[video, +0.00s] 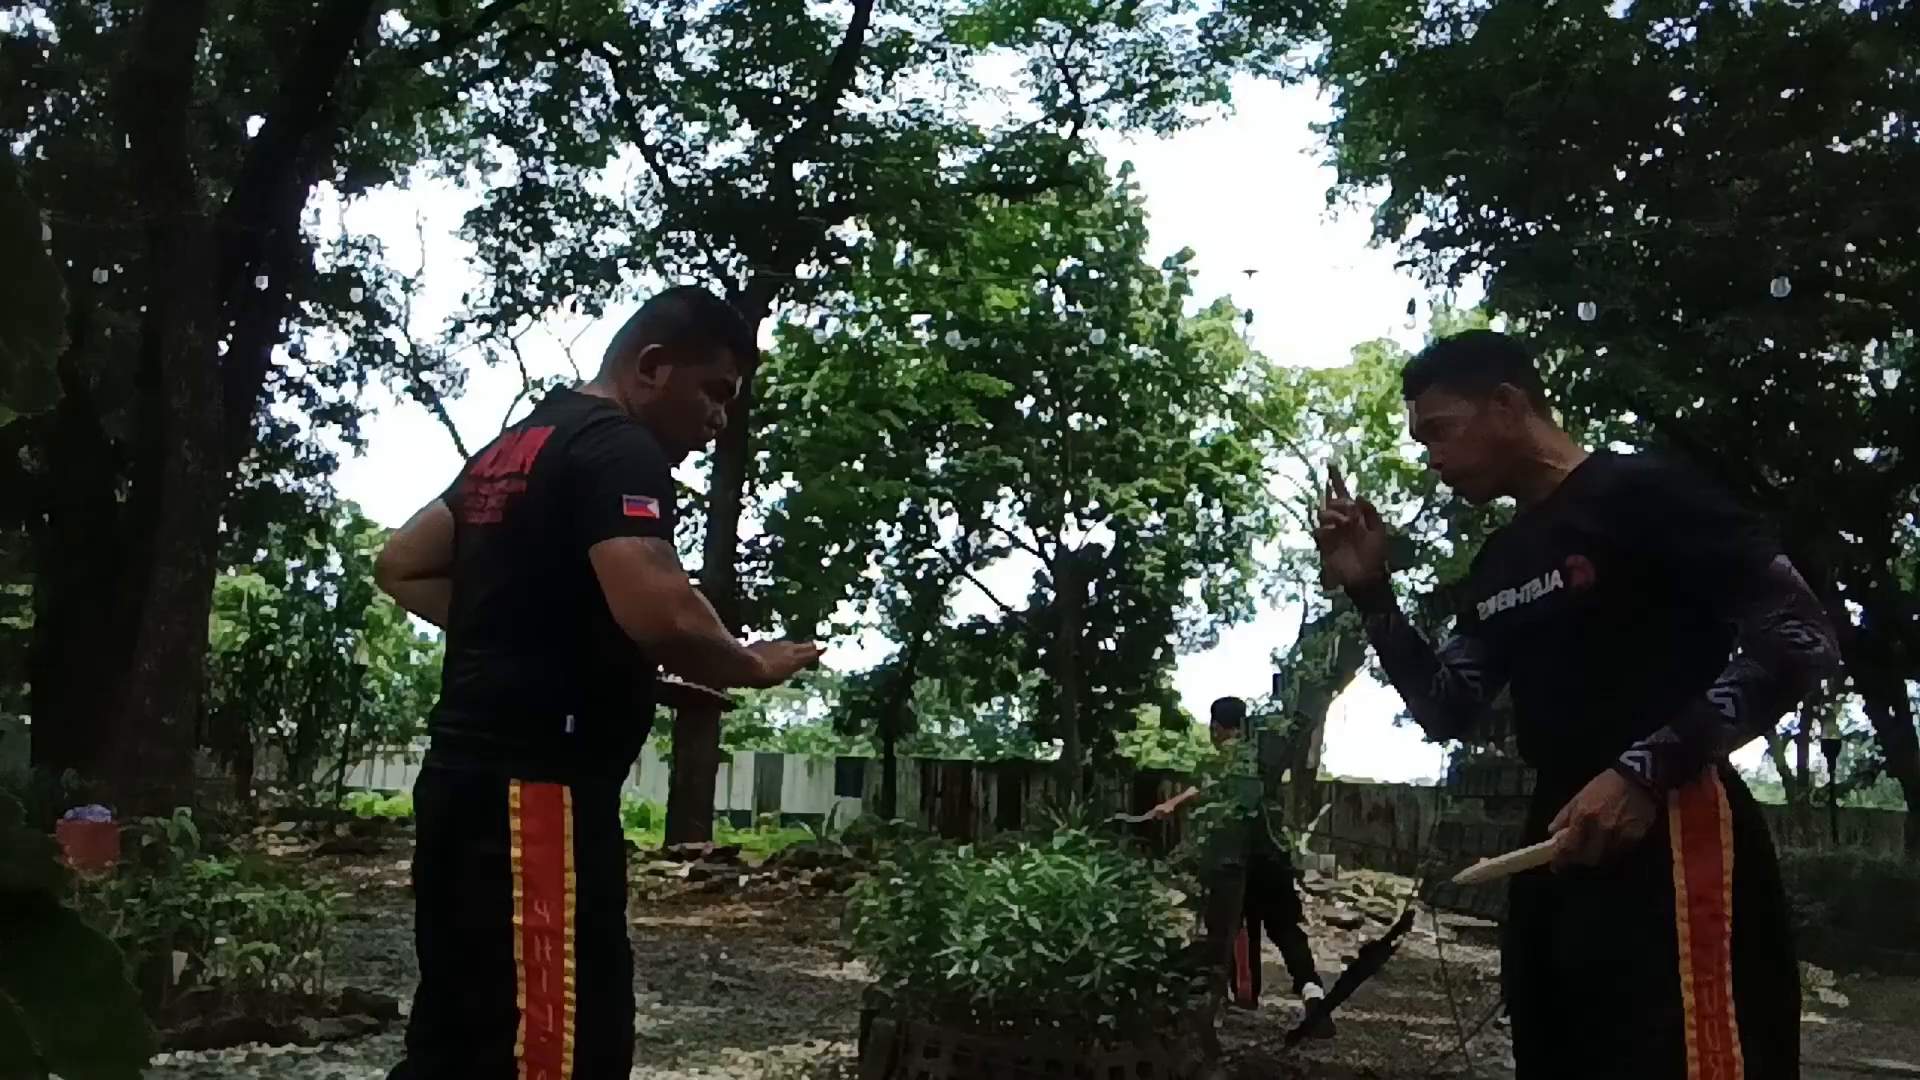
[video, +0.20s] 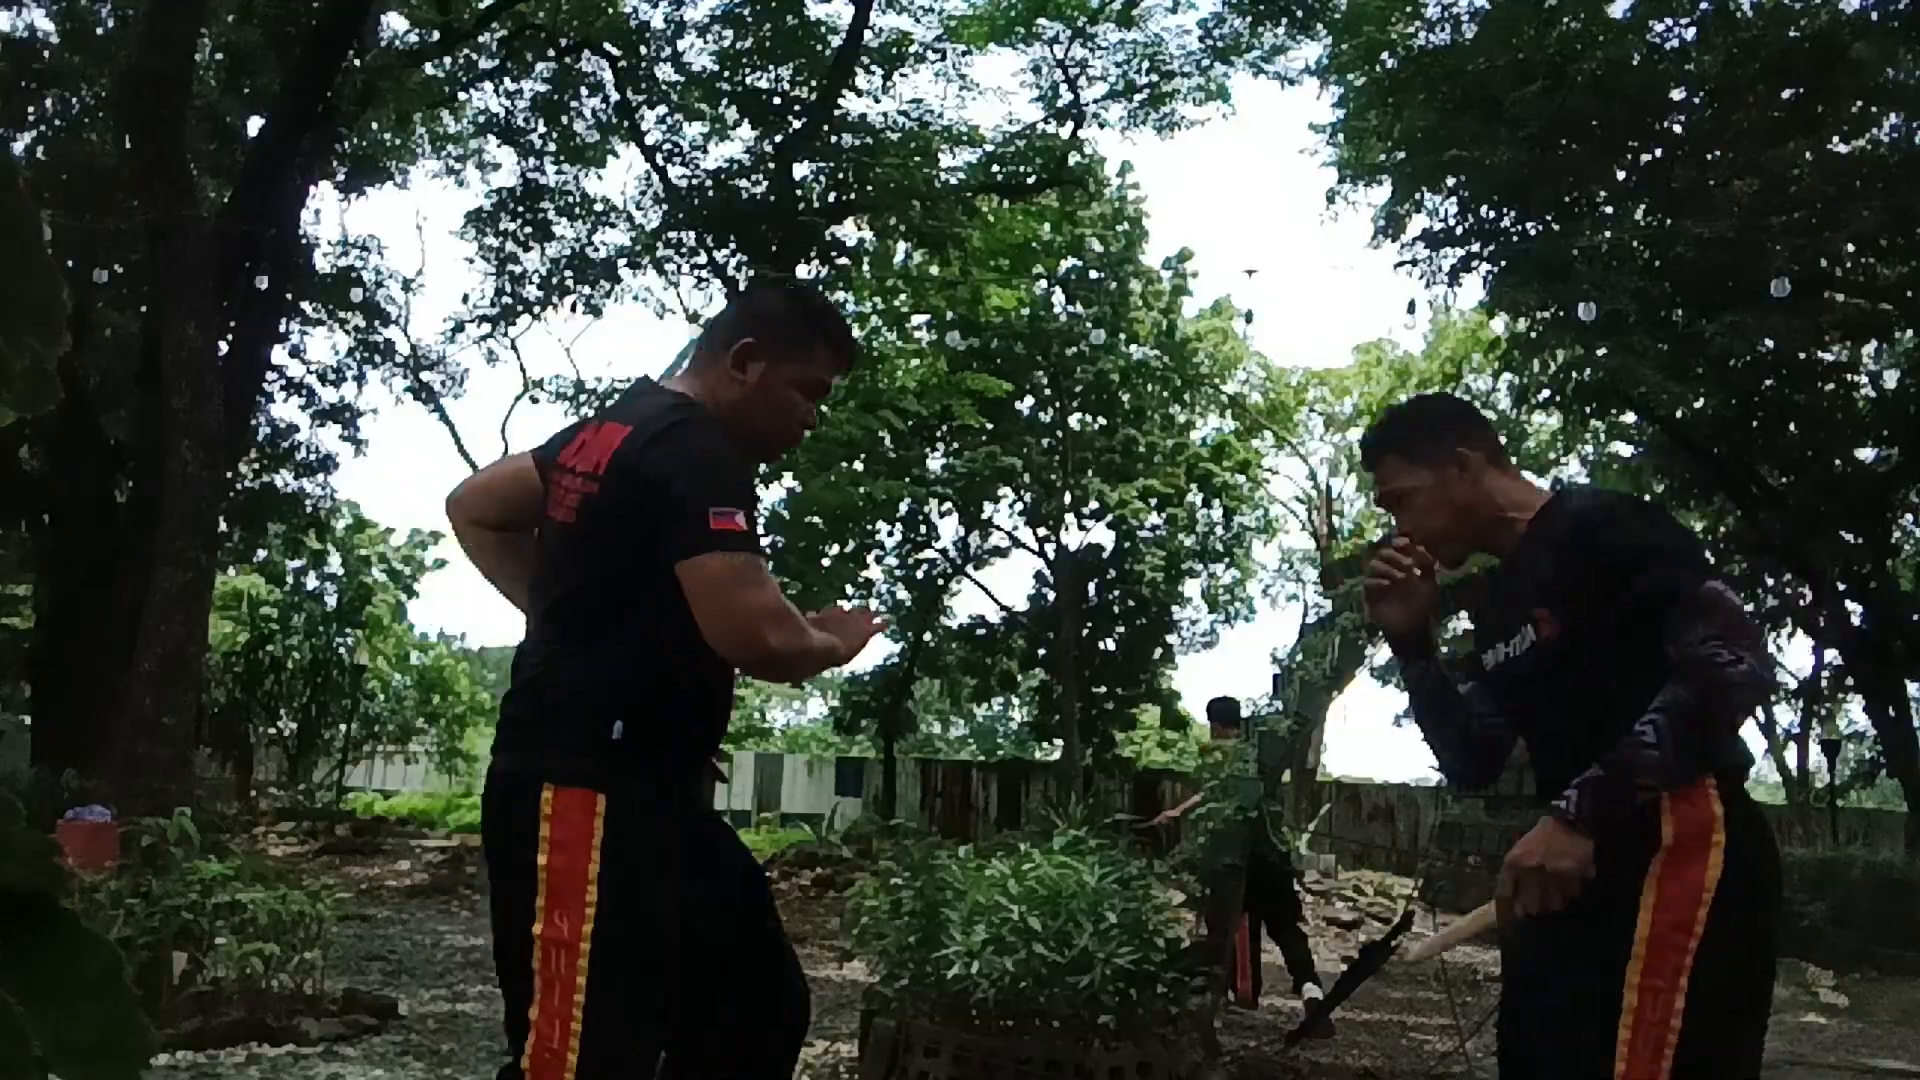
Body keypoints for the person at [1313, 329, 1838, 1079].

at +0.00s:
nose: (1430, 460)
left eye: (1436, 433)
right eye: (1423, 442)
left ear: (1509, 405)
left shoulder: (1651, 492)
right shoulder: (1495, 563)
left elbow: (1801, 635)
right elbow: (1447, 710)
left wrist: (1647, 770)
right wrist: (1372, 595)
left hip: (1681, 837)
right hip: (1556, 846)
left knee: (1695, 1057)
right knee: (1561, 1056)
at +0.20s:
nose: (1397, 529)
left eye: (1398, 502)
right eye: (1387, 510)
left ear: (1463, 466)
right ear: (1464, 466)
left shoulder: (1602, 524)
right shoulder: (1495, 601)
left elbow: (1732, 661)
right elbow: (1473, 762)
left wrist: (1579, 812)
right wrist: (1414, 642)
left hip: (1686, 840)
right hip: (1584, 844)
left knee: (1646, 1061)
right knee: (1539, 1054)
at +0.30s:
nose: (1377, 583)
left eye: (1374, 556)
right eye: (1364, 565)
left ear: (1426, 516)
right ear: (1429, 517)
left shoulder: (1543, 560)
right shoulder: (1514, 593)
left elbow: (1573, 711)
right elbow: (1503, 794)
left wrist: (1438, 886)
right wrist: (1449, 677)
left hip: (1669, 857)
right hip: (1610, 853)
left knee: (1616, 1061)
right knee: (1543, 1051)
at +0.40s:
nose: (1365, 605)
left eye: (1352, 579)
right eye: (1350, 589)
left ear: (1386, 531)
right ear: (1435, 512)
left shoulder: (1450, 575)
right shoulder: (1567, 559)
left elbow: (1353, 766)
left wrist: (1268, 913)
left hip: (1647, 862)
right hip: (1749, 855)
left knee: (1541, 1055)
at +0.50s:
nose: (1356, 582)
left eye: (1351, 564)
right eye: (1347, 569)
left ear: (1379, 523)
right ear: (1451, 498)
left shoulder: (1404, 569)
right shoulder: (1611, 530)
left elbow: (1292, 727)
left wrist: (1258, 861)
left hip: (1593, 850)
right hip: (1755, 838)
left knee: (1472, 1052)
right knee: (1723, 1061)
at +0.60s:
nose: (1390, 517)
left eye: (1385, 500)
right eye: (1383, 504)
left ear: (1405, 475)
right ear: (1494, 460)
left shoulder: (1405, 543)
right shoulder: (1652, 522)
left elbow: (1316, 699)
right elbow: (1739, 728)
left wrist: (1421, 723)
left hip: (1507, 883)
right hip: (1691, 882)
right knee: (1660, 1066)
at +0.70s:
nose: (1432, 453)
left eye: (1431, 431)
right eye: (1429, 434)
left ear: (1461, 413)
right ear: (1555, 414)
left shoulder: (1426, 501)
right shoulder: (1683, 537)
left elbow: (1310, 561)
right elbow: (1716, 760)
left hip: (1459, 889)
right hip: (1639, 897)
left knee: (1345, 1062)